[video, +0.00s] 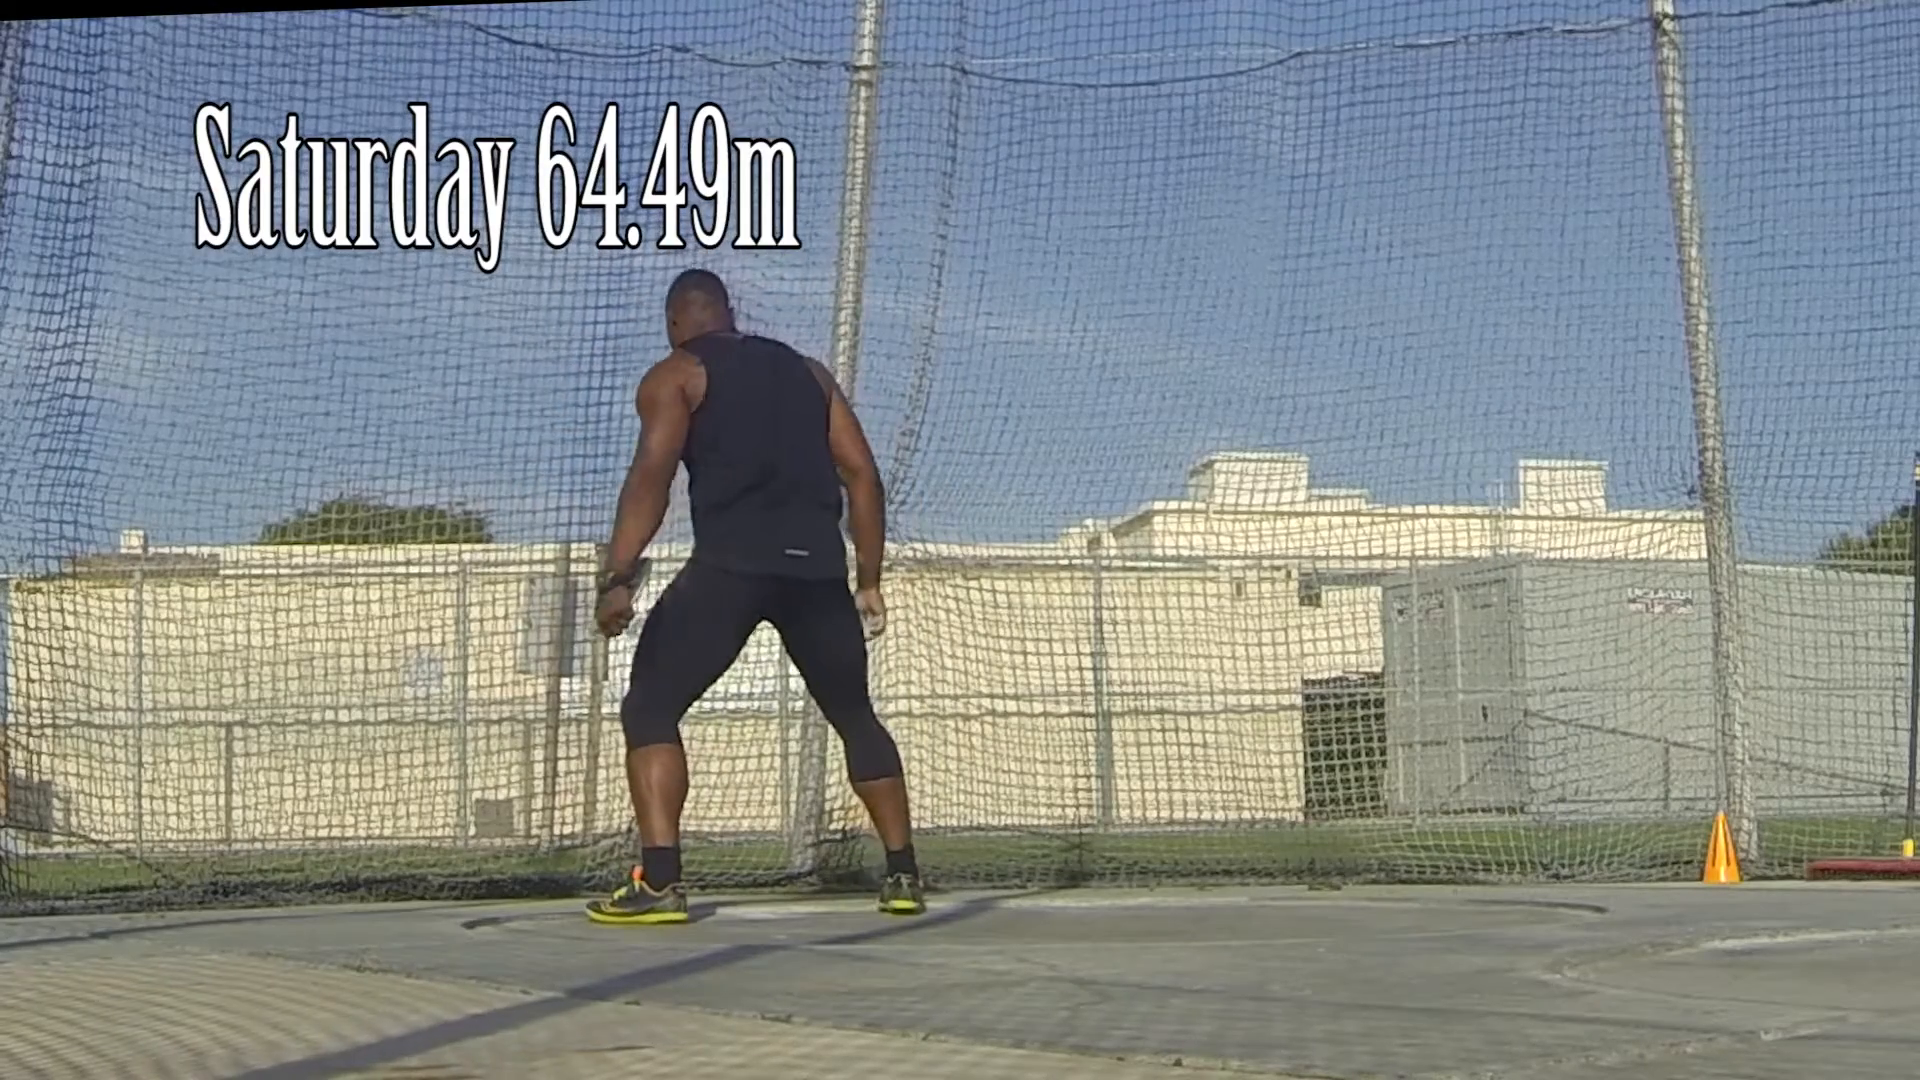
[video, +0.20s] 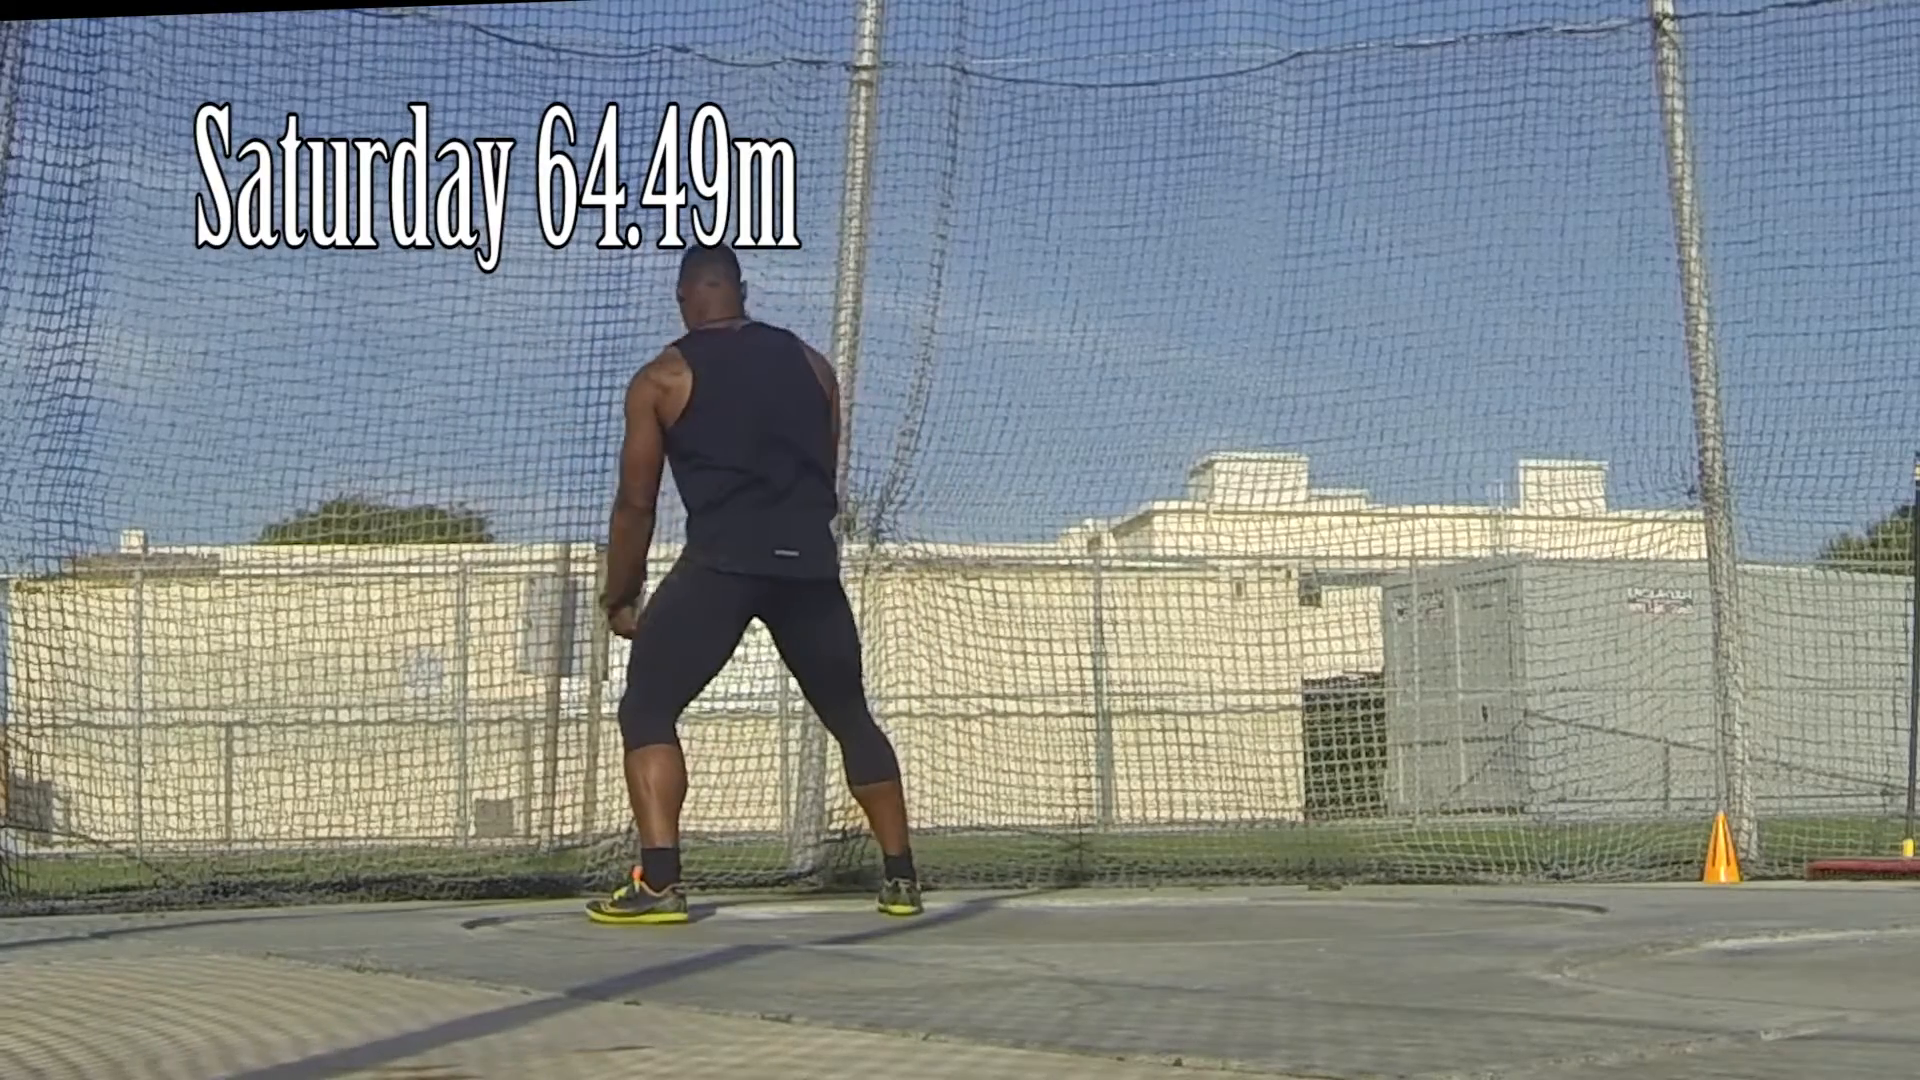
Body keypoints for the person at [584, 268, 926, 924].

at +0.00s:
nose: (671, 335)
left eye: (670, 326)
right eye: (674, 327)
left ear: (677, 322)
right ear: (731, 315)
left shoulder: (675, 375)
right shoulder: (807, 371)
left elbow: (652, 475)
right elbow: (863, 471)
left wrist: (620, 577)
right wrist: (870, 577)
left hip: (728, 570)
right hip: (819, 574)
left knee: (650, 709)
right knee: (856, 715)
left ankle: (659, 882)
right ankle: (903, 873)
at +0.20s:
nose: (690, 303)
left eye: (686, 293)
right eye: (701, 289)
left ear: (682, 298)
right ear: (743, 294)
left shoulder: (661, 377)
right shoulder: (814, 365)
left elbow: (636, 503)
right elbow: (826, 480)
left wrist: (620, 599)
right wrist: (785, 540)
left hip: (720, 565)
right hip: (809, 565)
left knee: (647, 709)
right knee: (852, 716)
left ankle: (658, 883)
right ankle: (901, 876)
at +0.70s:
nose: (794, 301)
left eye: (794, 292)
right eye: (805, 293)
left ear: (796, 294)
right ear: (856, 300)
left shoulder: (768, 352)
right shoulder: (889, 377)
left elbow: (707, 450)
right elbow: (852, 458)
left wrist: (708, 484)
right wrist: (770, 475)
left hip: (764, 559)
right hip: (844, 571)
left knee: (701, 701)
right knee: (854, 718)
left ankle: (661, 869)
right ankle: (899, 875)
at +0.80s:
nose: (822, 306)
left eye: (817, 294)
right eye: (851, 299)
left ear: (814, 296)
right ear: (874, 306)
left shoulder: (787, 351)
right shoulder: (905, 389)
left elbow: (722, 443)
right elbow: (866, 466)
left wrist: (720, 497)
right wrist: (787, 496)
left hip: (773, 557)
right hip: (851, 573)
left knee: (696, 694)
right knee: (853, 718)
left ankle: (659, 863)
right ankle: (898, 876)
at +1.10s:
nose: (854, 323)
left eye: (851, 314)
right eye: (882, 320)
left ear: (847, 315)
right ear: (906, 331)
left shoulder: (795, 353)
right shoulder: (930, 421)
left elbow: (717, 447)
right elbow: (928, 540)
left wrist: (733, 533)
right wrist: (923, 616)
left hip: (761, 557)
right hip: (845, 581)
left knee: (687, 698)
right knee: (857, 722)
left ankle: (657, 861)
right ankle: (899, 878)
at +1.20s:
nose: (858, 325)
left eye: (855, 315)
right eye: (887, 324)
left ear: (847, 318)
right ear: (907, 335)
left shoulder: (791, 355)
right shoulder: (925, 409)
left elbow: (711, 438)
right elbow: (934, 525)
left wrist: (702, 542)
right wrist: (949, 628)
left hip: (756, 559)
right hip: (844, 582)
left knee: (685, 700)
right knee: (862, 720)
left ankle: (643, 846)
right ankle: (899, 876)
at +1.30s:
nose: (856, 327)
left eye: (855, 318)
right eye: (881, 326)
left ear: (847, 320)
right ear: (903, 338)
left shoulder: (786, 358)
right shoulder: (917, 394)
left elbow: (702, 423)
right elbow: (932, 472)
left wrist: (676, 528)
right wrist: (968, 560)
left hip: (753, 555)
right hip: (840, 575)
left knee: (686, 696)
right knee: (867, 718)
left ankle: (644, 847)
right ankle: (899, 876)